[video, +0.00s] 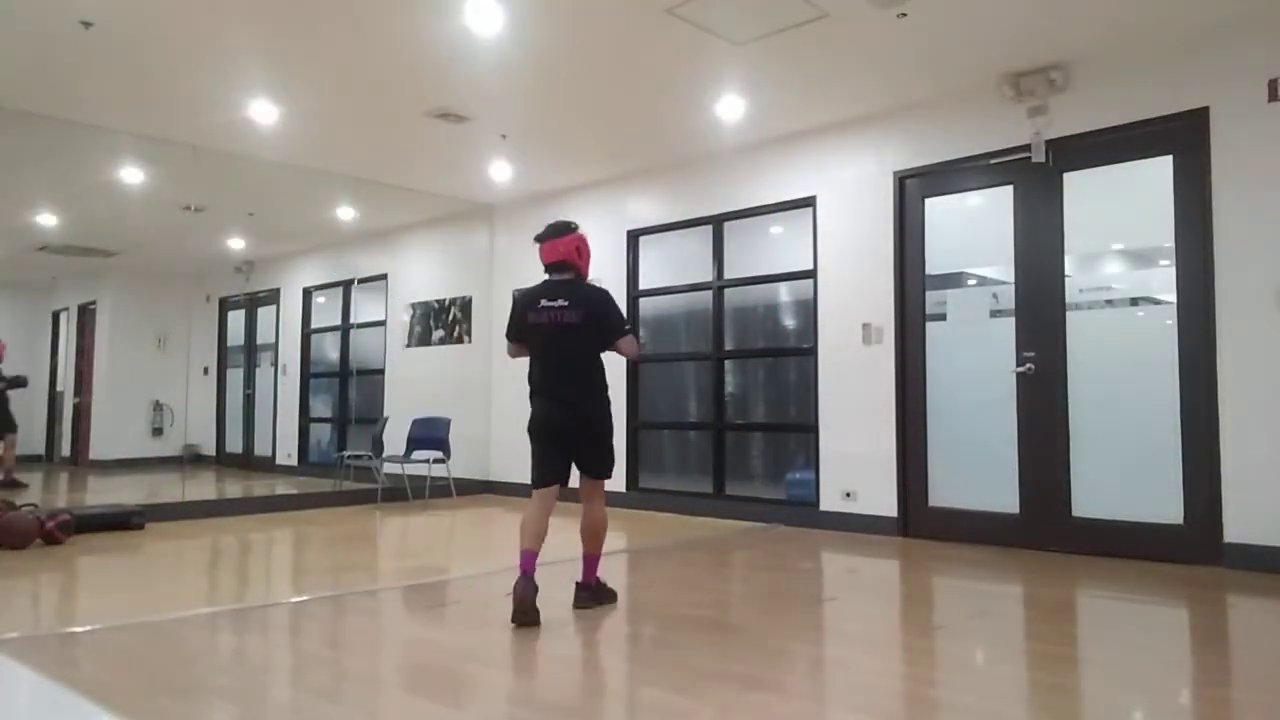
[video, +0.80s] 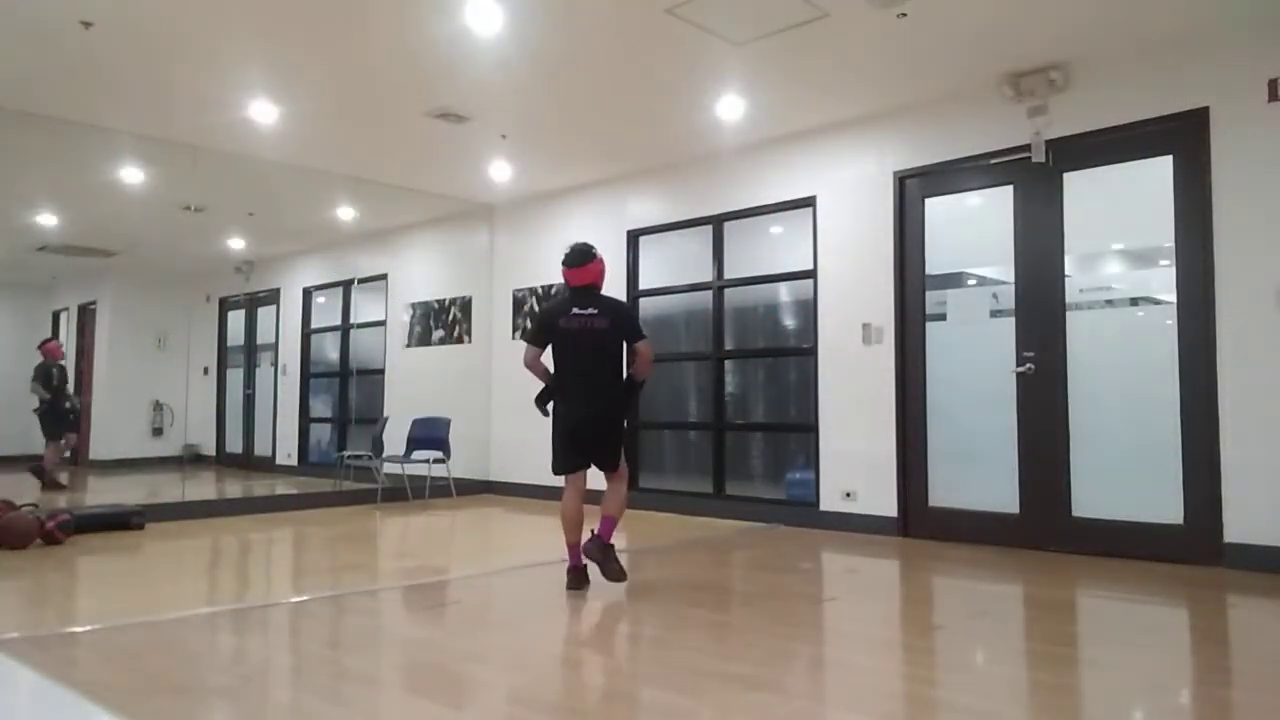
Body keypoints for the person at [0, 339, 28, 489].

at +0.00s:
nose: (4, 353)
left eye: (4, 350)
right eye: (3, 350)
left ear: (3, 352)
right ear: (2, 352)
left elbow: (2, 381)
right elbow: (3, 383)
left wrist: (13, 381)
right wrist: (14, 382)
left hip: (4, 407)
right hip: (3, 408)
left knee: (10, 435)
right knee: (10, 435)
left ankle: (8, 475)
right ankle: (7, 476)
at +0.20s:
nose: (20, 352)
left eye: (20, 349)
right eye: (17, 350)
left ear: (13, 352)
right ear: (9, 351)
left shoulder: (16, 369)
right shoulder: (2, 367)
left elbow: (19, 382)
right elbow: (3, 385)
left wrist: (30, 379)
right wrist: (20, 383)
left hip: (17, 407)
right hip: (4, 408)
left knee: (17, 441)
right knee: (14, 440)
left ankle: (8, 476)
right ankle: (6, 476)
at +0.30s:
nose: (27, 351)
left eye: (27, 348)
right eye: (24, 348)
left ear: (17, 351)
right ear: (17, 350)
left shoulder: (24, 368)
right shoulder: (7, 367)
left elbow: (27, 382)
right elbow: (6, 386)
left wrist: (37, 379)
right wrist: (26, 382)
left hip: (22, 407)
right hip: (11, 408)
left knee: (17, 440)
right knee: (25, 439)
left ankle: (10, 476)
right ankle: (12, 476)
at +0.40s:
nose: (35, 351)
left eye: (34, 348)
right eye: (32, 348)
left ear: (23, 351)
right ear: (24, 351)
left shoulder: (32, 369)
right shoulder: (13, 368)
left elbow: (41, 385)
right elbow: (10, 387)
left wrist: (52, 382)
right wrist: (29, 386)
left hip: (29, 409)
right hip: (20, 409)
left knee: (19, 445)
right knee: (27, 445)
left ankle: (8, 476)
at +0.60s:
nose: (48, 353)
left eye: (46, 350)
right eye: (44, 350)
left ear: (35, 354)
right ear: (37, 353)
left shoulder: (48, 370)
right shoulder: (27, 370)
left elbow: (51, 388)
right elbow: (19, 389)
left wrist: (62, 395)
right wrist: (35, 400)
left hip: (46, 411)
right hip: (36, 412)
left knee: (36, 444)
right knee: (49, 444)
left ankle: (12, 475)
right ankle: (49, 478)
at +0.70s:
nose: (54, 353)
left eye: (54, 350)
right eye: (51, 351)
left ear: (51, 352)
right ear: (42, 353)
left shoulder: (56, 370)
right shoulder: (34, 370)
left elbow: (60, 390)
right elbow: (26, 389)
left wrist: (67, 400)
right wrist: (42, 399)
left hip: (55, 410)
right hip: (42, 411)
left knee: (55, 446)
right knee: (52, 445)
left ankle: (24, 469)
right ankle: (49, 479)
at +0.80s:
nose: (62, 350)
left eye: (61, 348)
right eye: (58, 348)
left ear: (54, 351)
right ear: (50, 352)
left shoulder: (61, 368)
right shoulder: (42, 367)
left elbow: (64, 388)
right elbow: (35, 386)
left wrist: (72, 400)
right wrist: (49, 397)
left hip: (61, 408)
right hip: (48, 409)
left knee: (71, 439)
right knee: (52, 443)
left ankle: (44, 467)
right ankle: (49, 477)